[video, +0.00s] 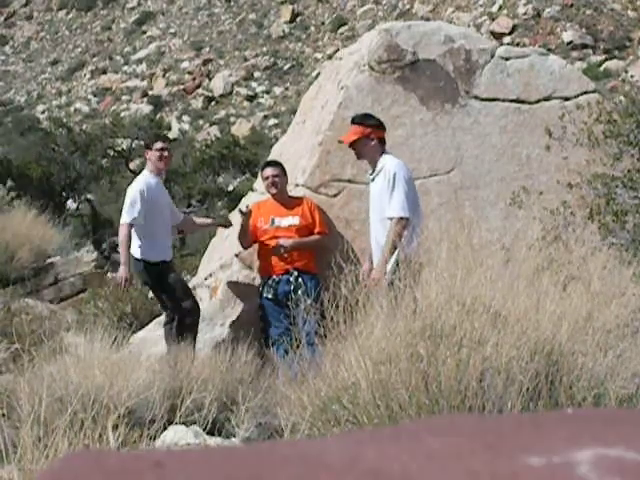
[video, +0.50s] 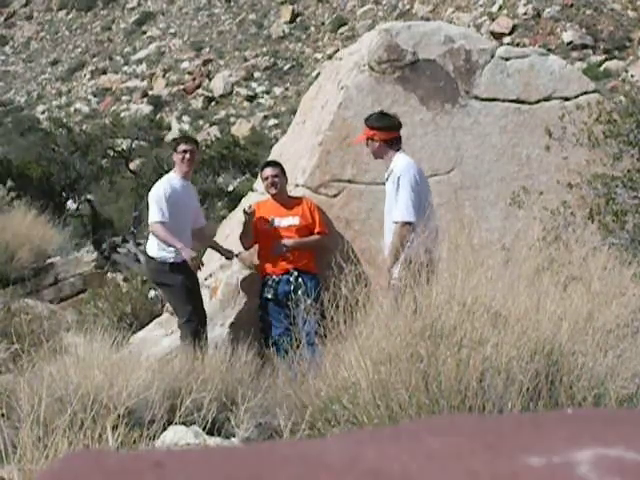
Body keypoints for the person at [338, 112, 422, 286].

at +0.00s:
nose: (352, 147)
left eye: (356, 142)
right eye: (352, 143)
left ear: (373, 140)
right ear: (371, 141)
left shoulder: (395, 169)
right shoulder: (376, 173)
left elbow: (400, 220)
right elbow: (380, 222)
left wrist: (382, 266)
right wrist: (371, 260)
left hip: (400, 265)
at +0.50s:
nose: (367, 146)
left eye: (368, 141)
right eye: (367, 141)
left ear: (379, 142)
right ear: (390, 140)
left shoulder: (406, 171)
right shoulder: (398, 169)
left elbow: (405, 225)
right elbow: (402, 224)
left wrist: (390, 266)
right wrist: (391, 263)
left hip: (411, 266)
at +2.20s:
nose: (395, 146)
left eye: (396, 140)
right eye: (394, 141)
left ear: (409, 138)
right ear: (419, 137)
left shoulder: (416, 170)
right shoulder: (443, 163)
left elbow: (391, 218)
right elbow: (420, 199)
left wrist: (360, 218)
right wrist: (381, 192)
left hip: (428, 256)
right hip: (454, 252)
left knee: (426, 319)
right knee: (450, 316)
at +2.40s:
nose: (394, 147)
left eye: (395, 141)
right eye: (393, 142)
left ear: (407, 140)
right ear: (416, 139)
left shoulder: (415, 171)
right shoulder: (442, 163)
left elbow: (382, 216)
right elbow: (419, 190)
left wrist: (346, 215)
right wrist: (384, 187)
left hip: (429, 256)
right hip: (454, 251)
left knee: (428, 319)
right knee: (452, 314)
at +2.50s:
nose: (393, 147)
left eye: (395, 142)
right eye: (393, 142)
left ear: (406, 140)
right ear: (420, 138)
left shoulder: (413, 172)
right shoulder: (443, 163)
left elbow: (388, 222)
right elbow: (427, 200)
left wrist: (345, 232)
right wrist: (391, 201)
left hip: (429, 256)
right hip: (454, 251)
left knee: (429, 320)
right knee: (451, 315)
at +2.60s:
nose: (393, 146)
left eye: (395, 141)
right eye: (392, 142)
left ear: (406, 139)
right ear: (422, 137)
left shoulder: (413, 172)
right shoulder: (443, 164)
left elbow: (392, 220)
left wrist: (356, 230)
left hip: (429, 257)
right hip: (454, 251)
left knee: (428, 320)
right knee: (451, 316)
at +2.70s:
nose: (395, 147)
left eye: (395, 142)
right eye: (393, 142)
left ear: (406, 140)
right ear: (421, 137)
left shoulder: (414, 171)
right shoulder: (442, 164)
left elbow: (387, 219)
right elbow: (419, 198)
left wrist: (354, 216)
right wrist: (382, 197)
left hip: (428, 256)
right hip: (454, 250)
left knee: (428, 320)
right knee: (451, 315)